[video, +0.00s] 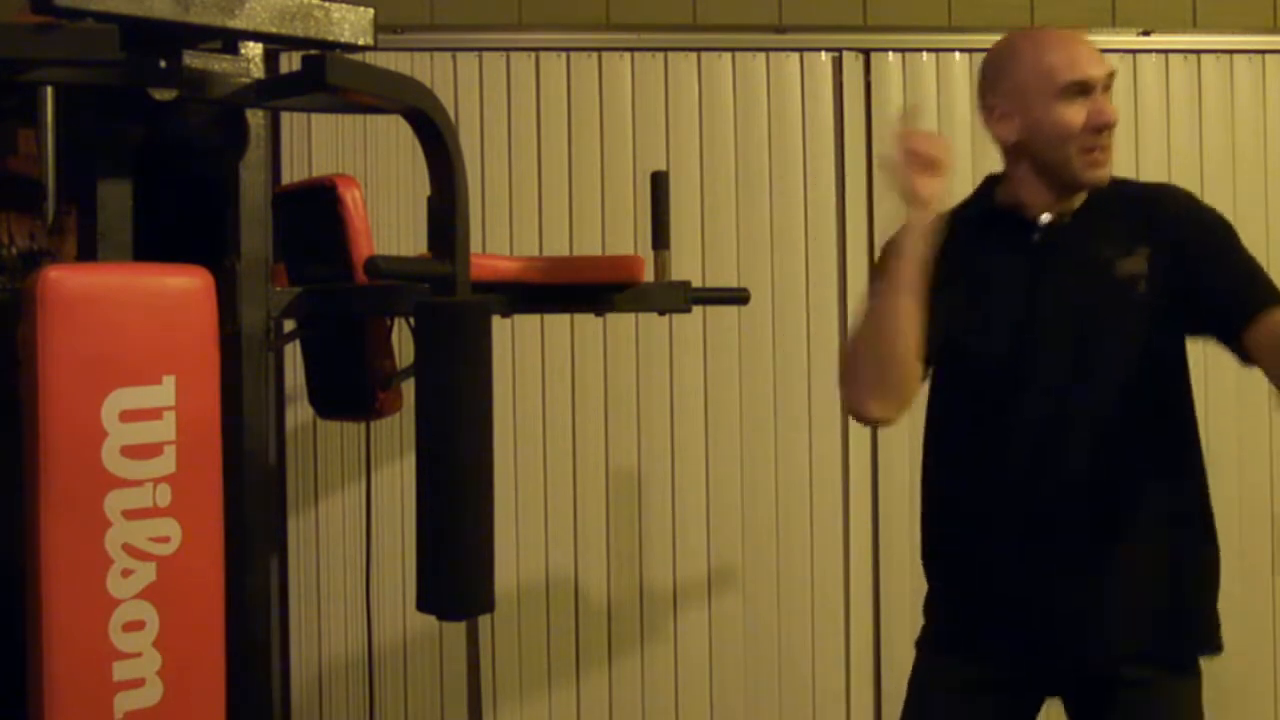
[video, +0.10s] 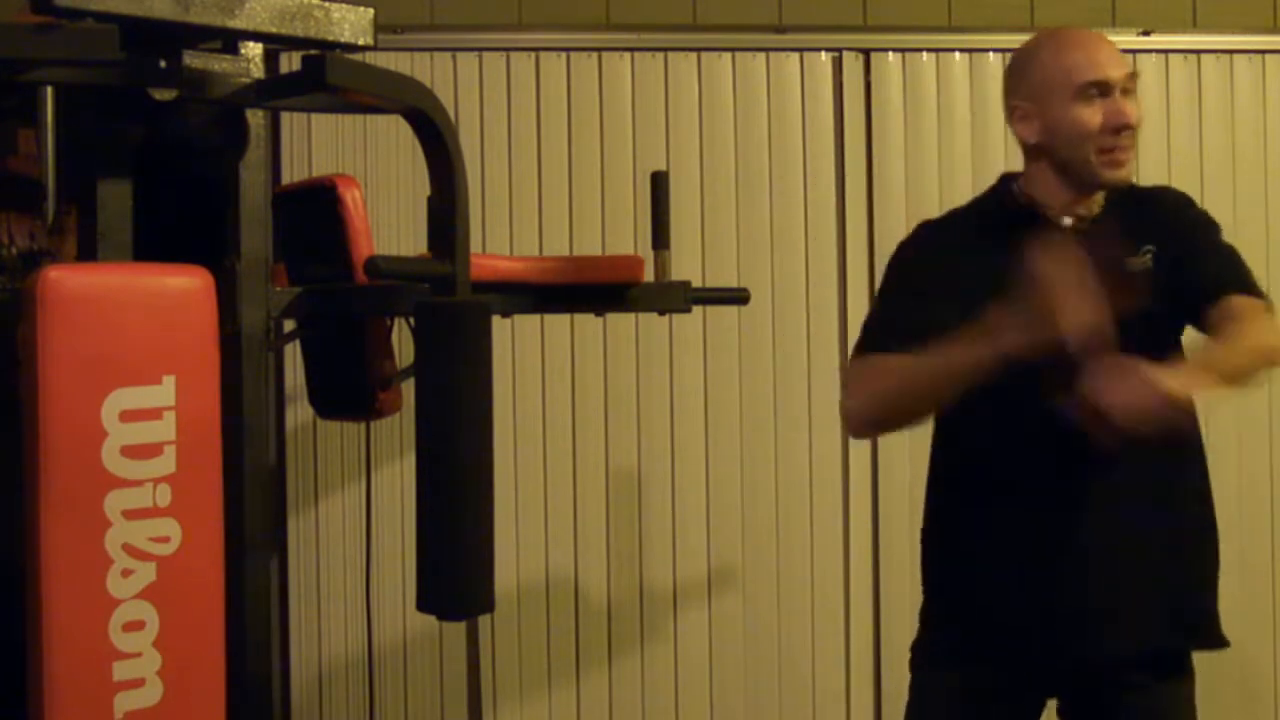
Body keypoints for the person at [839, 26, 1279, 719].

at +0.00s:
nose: (1107, 114)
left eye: (1108, 91)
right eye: (1077, 94)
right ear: (1003, 119)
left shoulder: (1167, 225)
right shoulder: (939, 250)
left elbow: (1273, 344)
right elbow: (873, 401)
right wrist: (920, 223)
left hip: (1138, 619)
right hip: (981, 618)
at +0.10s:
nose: (1125, 115)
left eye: (1127, 92)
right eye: (1093, 95)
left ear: (1135, 100)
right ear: (1025, 120)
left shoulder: (1165, 222)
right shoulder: (945, 248)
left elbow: (1258, 332)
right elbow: (862, 405)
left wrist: (1175, 380)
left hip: (1138, 614)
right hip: (984, 617)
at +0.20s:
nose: (1101, 117)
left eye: (1114, 93)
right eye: (1071, 95)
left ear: (1129, 106)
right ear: (1015, 118)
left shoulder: (1158, 219)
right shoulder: (939, 248)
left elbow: (1243, 334)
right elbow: (837, 399)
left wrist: (1180, 407)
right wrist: (977, 310)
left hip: (1135, 610)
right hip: (982, 612)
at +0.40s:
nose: (1009, 153)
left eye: (1027, 128)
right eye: (983, 131)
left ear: (1051, 140)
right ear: (941, 152)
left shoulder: (1135, 257)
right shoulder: (915, 289)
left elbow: (1265, 386)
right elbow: (801, 380)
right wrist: (820, 205)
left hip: (1127, 654)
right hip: (964, 658)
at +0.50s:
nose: (986, 178)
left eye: (1003, 155)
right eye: (959, 159)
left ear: (1031, 170)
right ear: (921, 182)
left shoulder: (1120, 280)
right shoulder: (897, 322)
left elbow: (1262, 406)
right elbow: (782, 404)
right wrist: (811, 236)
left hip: (1120, 673)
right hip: (955, 678)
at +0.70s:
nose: (979, 116)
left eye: (997, 92)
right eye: (953, 96)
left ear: (1025, 111)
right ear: (916, 126)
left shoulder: (1094, 229)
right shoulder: (871, 260)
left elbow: (1187, 358)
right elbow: (801, 432)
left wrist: (1215, 503)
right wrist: (874, 279)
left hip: (1072, 607)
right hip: (921, 613)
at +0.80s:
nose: (988, 117)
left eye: (1007, 95)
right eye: (961, 99)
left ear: (1038, 121)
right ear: (929, 133)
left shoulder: (1092, 235)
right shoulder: (866, 270)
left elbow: (1149, 373)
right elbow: (790, 439)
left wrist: (1030, 403)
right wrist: (928, 393)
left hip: (1063, 619)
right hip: (909, 626)